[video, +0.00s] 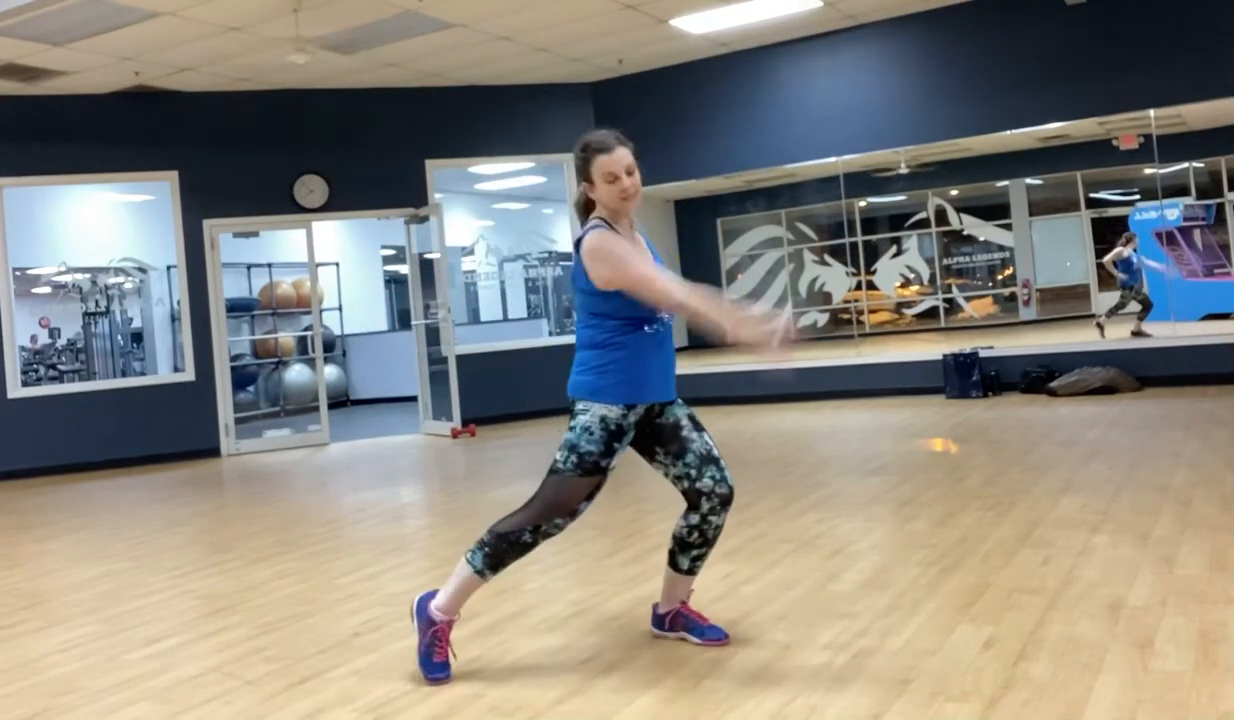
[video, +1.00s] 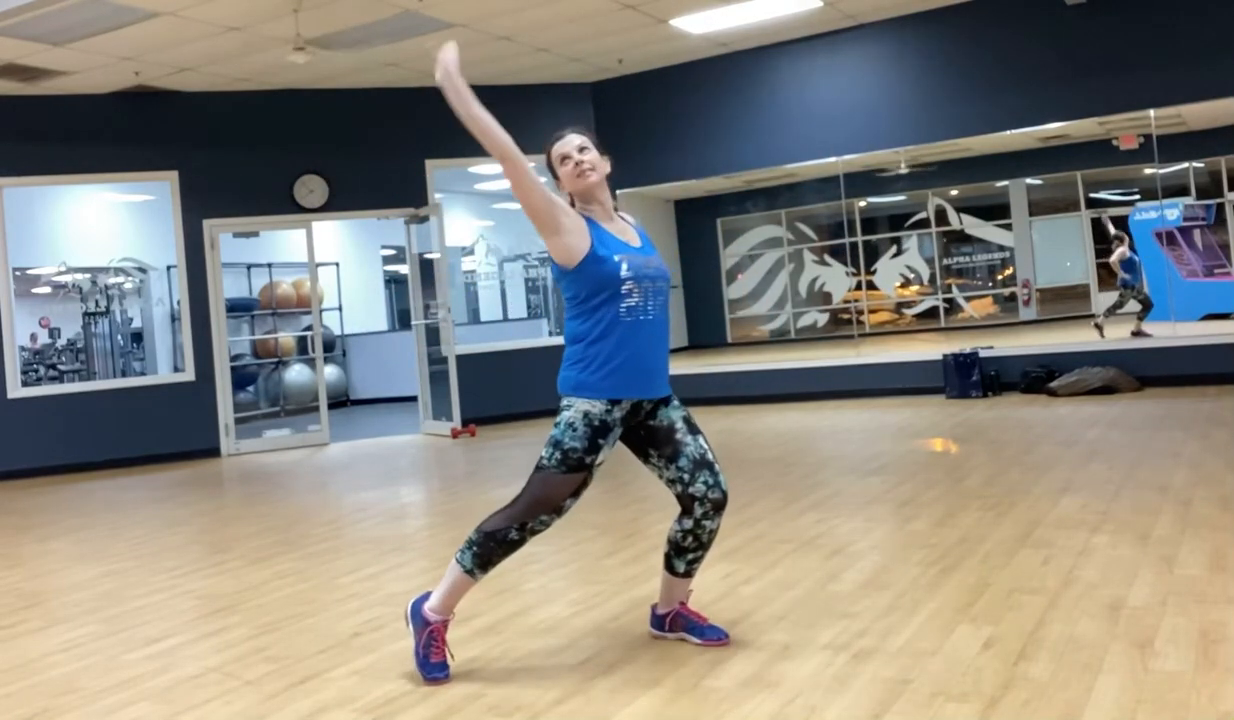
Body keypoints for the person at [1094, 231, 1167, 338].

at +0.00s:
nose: (1136, 243)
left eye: (1136, 240)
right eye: (1135, 240)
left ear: (1128, 241)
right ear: (1130, 241)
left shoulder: (1133, 254)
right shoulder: (1121, 250)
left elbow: (1147, 262)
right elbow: (1106, 261)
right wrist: (1117, 274)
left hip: (1135, 286)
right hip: (1127, 286)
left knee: (1148, 305)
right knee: (1121, 305)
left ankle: (1137, 328)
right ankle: (1101, 321)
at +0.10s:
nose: (1136, 242)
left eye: (1136, 240)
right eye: (1134, 240)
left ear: (1129, 241)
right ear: (1129, 241)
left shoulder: (1135, 253)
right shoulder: (1121, 250)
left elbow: (1150, 256)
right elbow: (1106, 260)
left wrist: (1168, 256)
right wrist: (1117, 275)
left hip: (1136, 287)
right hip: (1128, 286)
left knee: (1148, 305)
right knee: (1121, 305)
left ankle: (1137, 328)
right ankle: (1101, 321)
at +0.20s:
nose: (1135, 240)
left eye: (1135, 238)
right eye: (1133, 238)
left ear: (1127, 240)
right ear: (1129, 240)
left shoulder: (1134, 250)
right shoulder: (1121, 250)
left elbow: (1149, 249)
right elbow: (1105, 260)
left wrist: (1163, 241)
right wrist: (1117, 274)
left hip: (1135, 286)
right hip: (1127, 286)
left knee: (1148, 305)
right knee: (1120, 305)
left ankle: (1137, 328)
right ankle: (1101, 321)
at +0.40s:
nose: (1133, 240)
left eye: (1132, 238)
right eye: (1131, 238)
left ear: (1124, 240)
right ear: (1126, 240)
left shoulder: (1131, 249)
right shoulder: (1121, 250)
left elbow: (1139, 242)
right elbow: (1107, 260)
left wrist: (1145, 233)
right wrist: (1117, 274)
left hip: (1135, 285)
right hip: (1128, 285)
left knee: (1147, 305)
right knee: (1120, 305)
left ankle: (1137, 328)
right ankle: (1101, 321)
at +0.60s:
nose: (1130, 236)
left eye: (1129, 234)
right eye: (1127, 235)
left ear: (1122, 240)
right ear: (1123, 239)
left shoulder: (1129, 250)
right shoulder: (1122, 249)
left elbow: (1131, 234)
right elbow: (1109, 259)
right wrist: (1119, 273)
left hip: (1134, 285)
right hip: (1128, 284)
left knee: (1147, 305)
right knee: (1119, 305)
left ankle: (1137, 328)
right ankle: (1101, 321)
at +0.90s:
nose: (1126, 239)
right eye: (1124, 237)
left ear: (1117, 241)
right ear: (1121, 239)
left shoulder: (1125, 248)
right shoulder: (1122, 249)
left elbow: (1118, 233)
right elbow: (1112, 260)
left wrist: (1113, 218)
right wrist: (1121, 274)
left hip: (1133, 284)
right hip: (1129, 284)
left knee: (1148, 305)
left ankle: (1137, 328)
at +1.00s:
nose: (1124, 241)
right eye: (1123, 238)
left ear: (1117, 242)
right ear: (1122, 241)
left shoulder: (1124, 249)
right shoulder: (1122, 250)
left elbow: (1115, 233)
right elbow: (1113, 260)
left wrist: (1108, 222)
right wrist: (1120, 273)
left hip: (1133, 284)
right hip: (1129, 284)